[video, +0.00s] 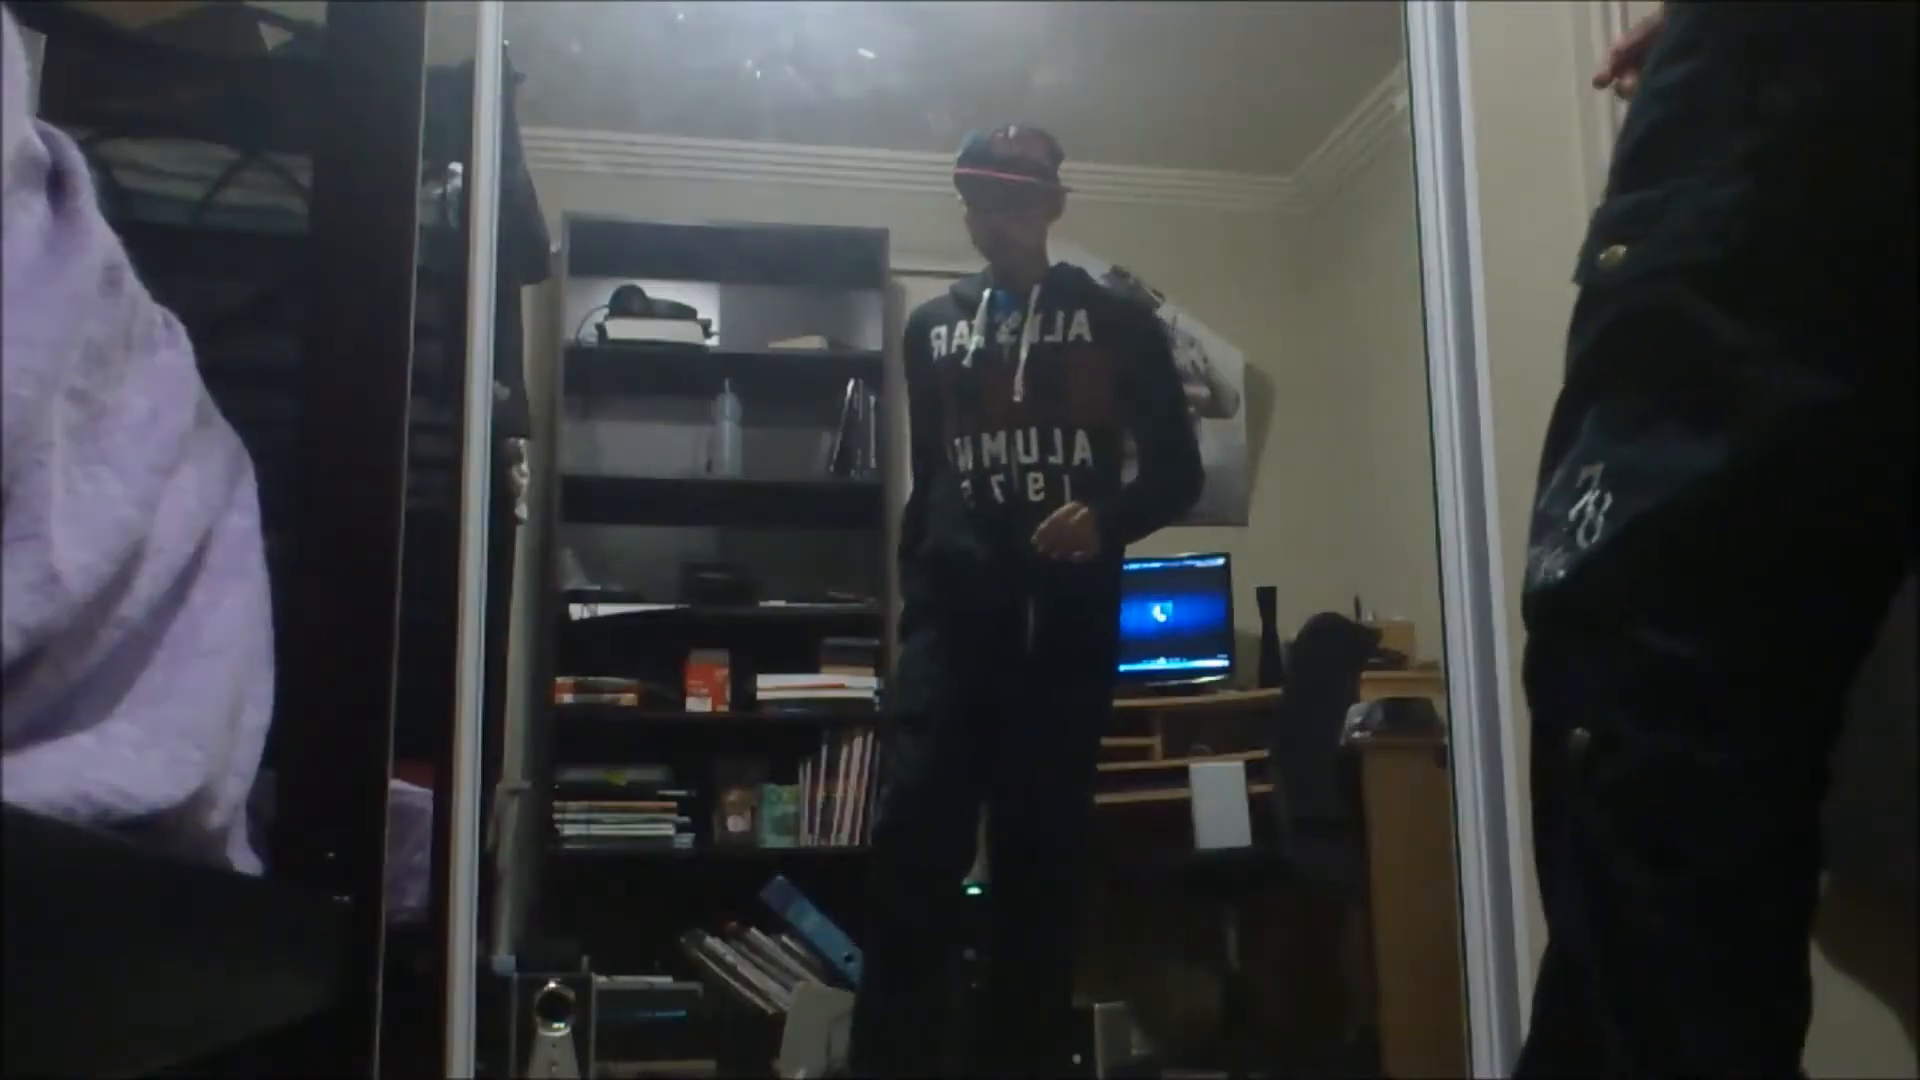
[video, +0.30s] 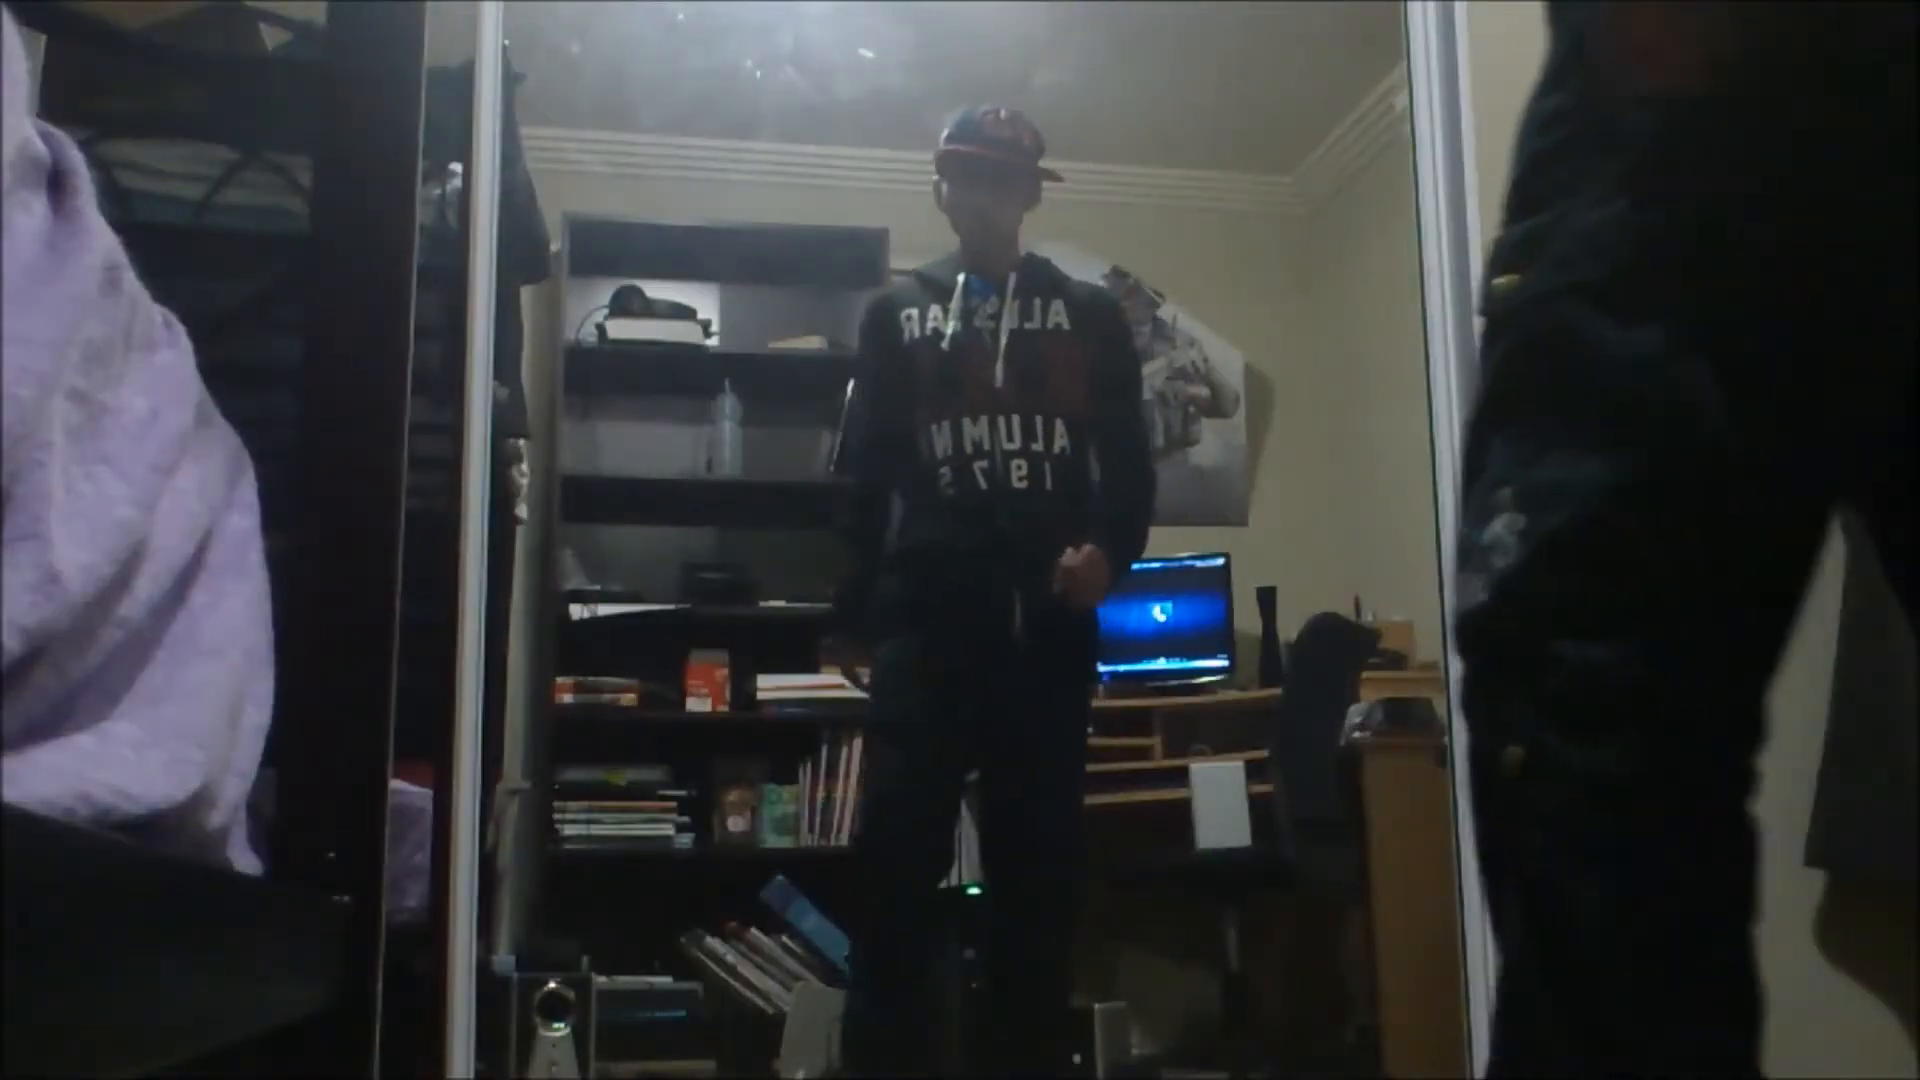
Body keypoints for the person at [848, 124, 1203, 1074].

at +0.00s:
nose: (997, 217)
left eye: (1017, 198)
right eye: (982, 199)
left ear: (1054, 205)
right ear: (962, 206)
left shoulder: (1117, 317)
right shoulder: (930, 329)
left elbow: (1177, 473)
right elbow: (927, 477)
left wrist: (1106, 519)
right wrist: (914, 587)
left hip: (1065, 626)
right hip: (950, 622)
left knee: (1041, 863)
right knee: (911, 850)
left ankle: (1025, 1061)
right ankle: (894, 1062)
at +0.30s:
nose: (979, 193)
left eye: (1000, 176)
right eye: (964, 175)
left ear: (1034, 187)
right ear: (940, 185)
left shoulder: (1089, 311)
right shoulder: (895, 313)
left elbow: (1129, 459)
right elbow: (861, 472)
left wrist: (1110, 549)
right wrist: (851, 612)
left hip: (1047, 616)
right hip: (923, 613)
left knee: (1038, 859)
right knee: (900, 852)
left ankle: (1029, 1060)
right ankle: (891, 1060)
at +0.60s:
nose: (969, 194)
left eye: (989, 179)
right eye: (954, 172)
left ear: (1011, 195)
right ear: (918, 182)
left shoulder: (1046, 317)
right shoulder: (861, 302)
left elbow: (1079, 474)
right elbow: (794, 448)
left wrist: (1099, 602)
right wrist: (812, 539)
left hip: (1023, 612)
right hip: (900, 607)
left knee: (1021, 852)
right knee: (895, 849)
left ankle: (1016, 1057)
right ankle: (891, 1055)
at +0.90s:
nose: (954, 199)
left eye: (971, 184)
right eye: (939, 175)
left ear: (983, 197)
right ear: (891, 176)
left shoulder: (993, 313)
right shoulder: (817, 290)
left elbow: (1016, 488)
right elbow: (752, 432)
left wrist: (1035, 642)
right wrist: (859, 456)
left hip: (987, 628)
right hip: (872, 623)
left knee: (1029, 863)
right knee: (885, 869)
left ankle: (1019, 1062)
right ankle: (886, 1065)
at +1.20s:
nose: (949, 197)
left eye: (965, 180)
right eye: (931, 174)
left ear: (978, 191)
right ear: (881, 177)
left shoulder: (992, 312)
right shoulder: (817, 280)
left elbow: (993, 499)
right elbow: (763, 435)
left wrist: (1018, 639)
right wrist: (879, 499)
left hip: (968, 616)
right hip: (848, 616)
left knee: (1045, 845)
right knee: (848, 869)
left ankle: (1074, 1064)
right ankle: (852, 1068)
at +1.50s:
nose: (967, 188)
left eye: (983, 171)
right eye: (947, 167)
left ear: (999, 179)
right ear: (901, 173)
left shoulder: (1032, 301)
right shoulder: (837, 290)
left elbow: (1053, 471)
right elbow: (804, 448)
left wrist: (1102, 585)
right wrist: (819, 587)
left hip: (996, 609)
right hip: (874, 610)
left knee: (1044, 855)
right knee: (867, 868)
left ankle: (1071, 1064)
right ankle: (857, 1069)